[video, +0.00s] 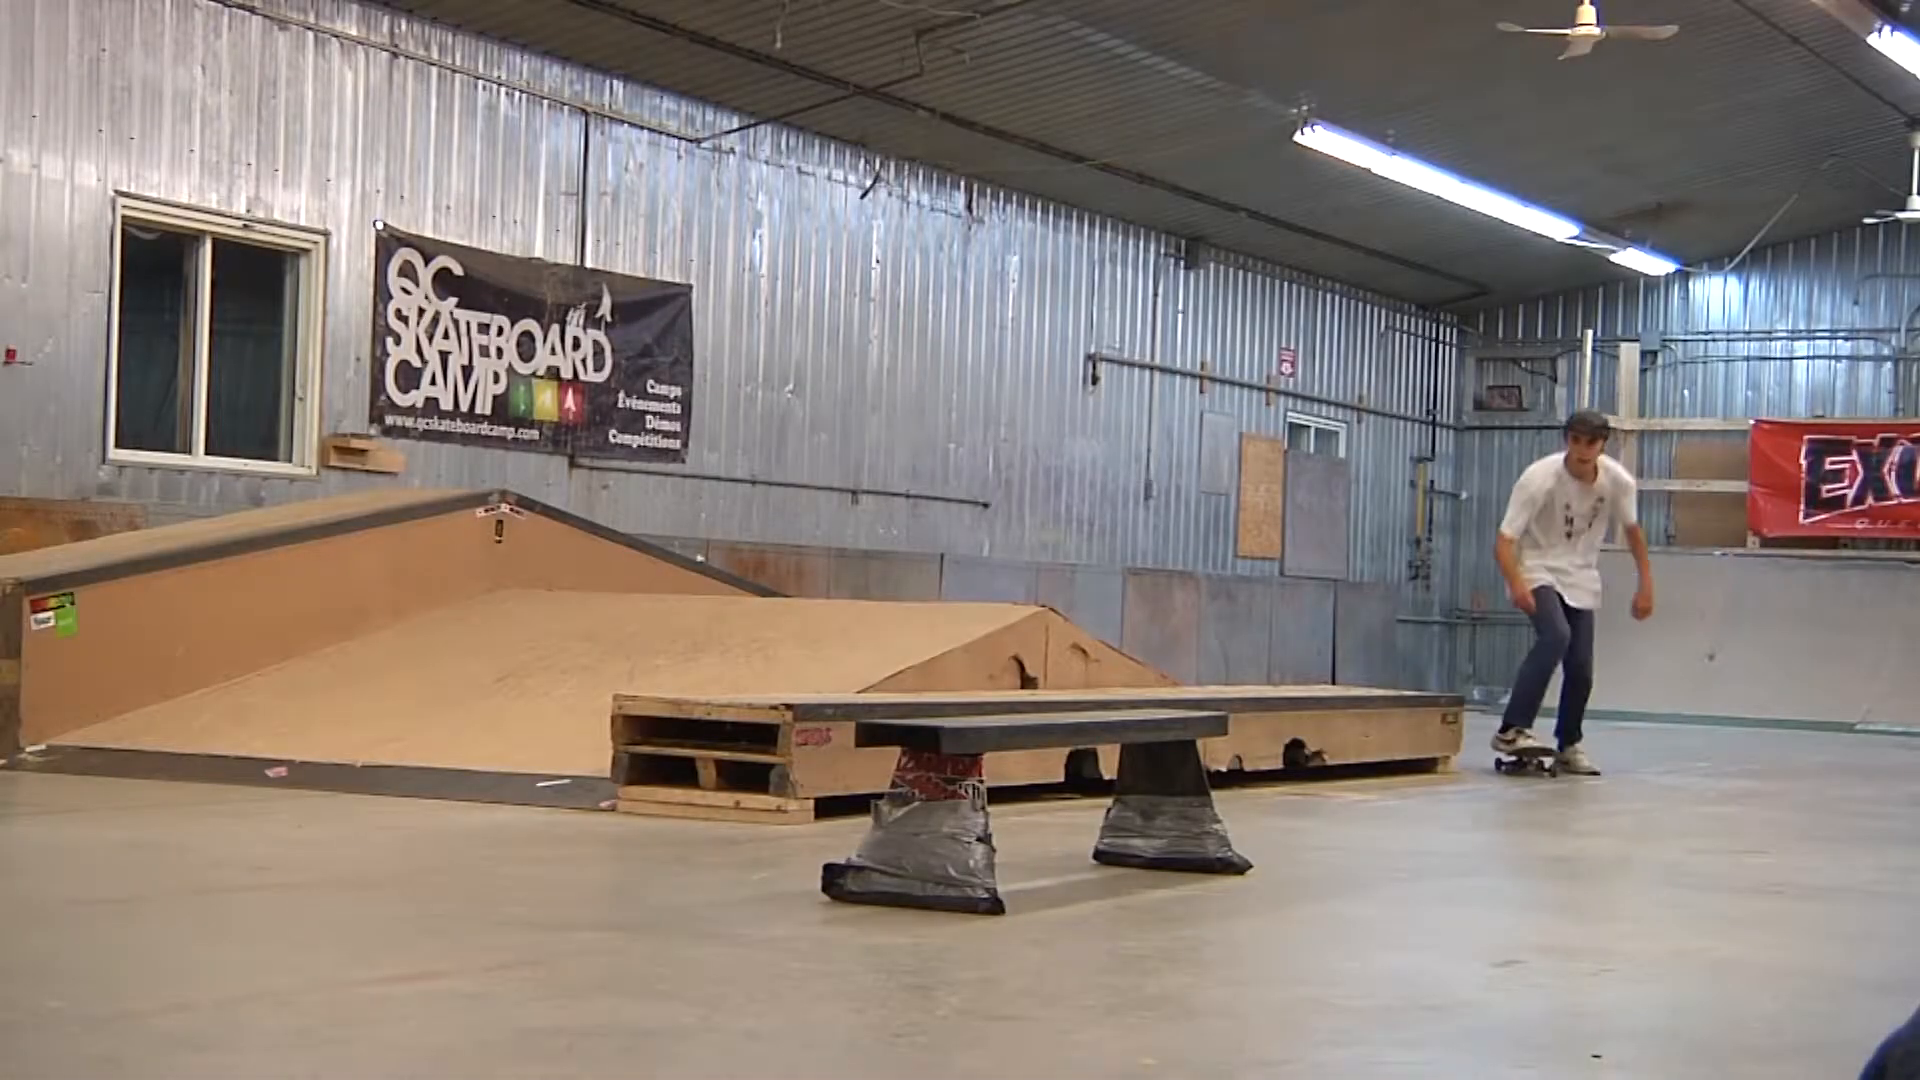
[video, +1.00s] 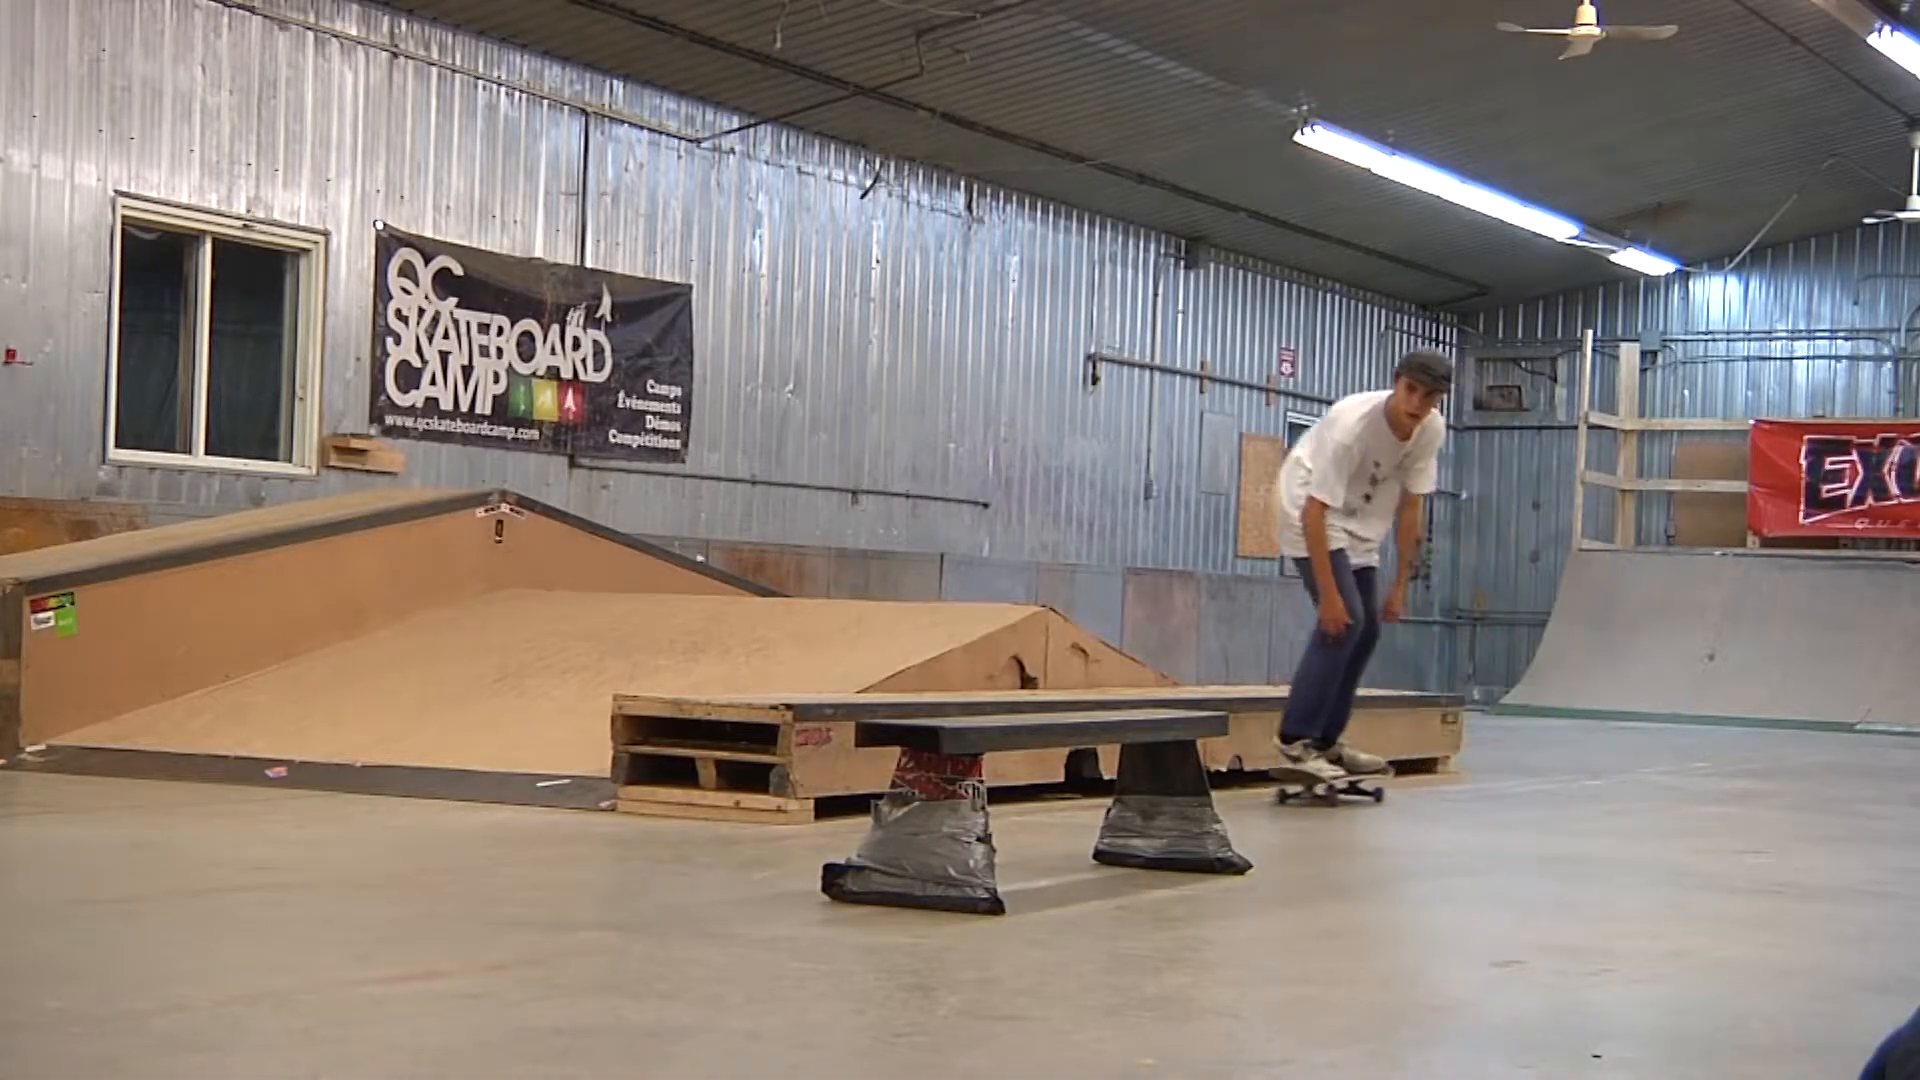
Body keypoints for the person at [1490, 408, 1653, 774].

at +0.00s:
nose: (1584, 451)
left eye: (1592, 443)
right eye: (1577, 442)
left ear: (1604, 445)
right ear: (1566, 441)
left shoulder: (1619, 481)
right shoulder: (1539, 479)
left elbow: (1631, 529)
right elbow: (1505, 539)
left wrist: (1645, 584)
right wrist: (1515, 583)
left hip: (1581, 575)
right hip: (1537, 570)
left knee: (1581, 667)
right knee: (1556, 636)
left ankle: (1569, 745)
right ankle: (1512, 731)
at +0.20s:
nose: (1549, 444)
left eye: (1558, 437)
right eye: (1542, 436)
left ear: (1570, 440)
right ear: (1532, 437)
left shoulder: (1585, 473)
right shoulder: (1509, 479)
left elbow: (1623, 520)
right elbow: (1460, 534)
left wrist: (1626, 565)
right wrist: (1480, 554)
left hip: (1560, 580)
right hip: (1512, 573)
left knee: (1562, 668)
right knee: (1543, 636)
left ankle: (1569, 724)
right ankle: (1520, 738)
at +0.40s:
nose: (1525, 436)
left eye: (1535, 428)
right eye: (1519, 426)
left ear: (1546, 428)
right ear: (1506, 423)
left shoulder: (1556, 456)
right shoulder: (1484, 458)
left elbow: (1593, 517)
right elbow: (1443, 535)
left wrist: (1586, 563)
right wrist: (1469, 583)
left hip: (1525, 565)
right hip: (1478, 561)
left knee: (1545, 644)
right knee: (1504, 636)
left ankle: (1505, 723)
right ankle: (1502, 739)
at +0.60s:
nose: (1496, 425)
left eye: (1506, 418)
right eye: (1489, 415)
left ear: (1516, 418)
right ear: (1476, 411)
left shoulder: (1524, 444)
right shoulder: (1445, 449)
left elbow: (1531, 510)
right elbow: (1409, 527)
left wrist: (1532, 577)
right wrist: (1431, 596)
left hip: (1476, 548)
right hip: (1433, 543)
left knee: (1484, 637)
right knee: (1464, 631)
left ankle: (1455, 738)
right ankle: (1424, 740)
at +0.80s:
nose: (1458, 422)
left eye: (1470, 414)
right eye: (1452, 409)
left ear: (1480, 416)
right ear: (1437, 404)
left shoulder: (1479, 446)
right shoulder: (1401, 449)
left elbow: (1468, 524)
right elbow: (1363, 531)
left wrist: (1464, 598)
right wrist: (1383, 608)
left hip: (1418, 545)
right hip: (1373, 540)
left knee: (1428, 640)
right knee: (1406, 635)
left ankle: (1397, 742)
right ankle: (1362, 745)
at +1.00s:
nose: (1417, 404)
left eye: (1429, 397)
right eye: (1411, 390)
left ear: (1438, 400)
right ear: (1395, 383)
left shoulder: (1431, 428)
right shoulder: (1348, 427)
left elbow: (1410, 506)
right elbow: (1312, 512)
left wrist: (1400, 583)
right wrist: (1328, 596)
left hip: (1361, 528)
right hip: (1312, 522)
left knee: (1366, 627)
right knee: (1343, 622)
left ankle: (1326, 740)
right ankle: (1295, 741)